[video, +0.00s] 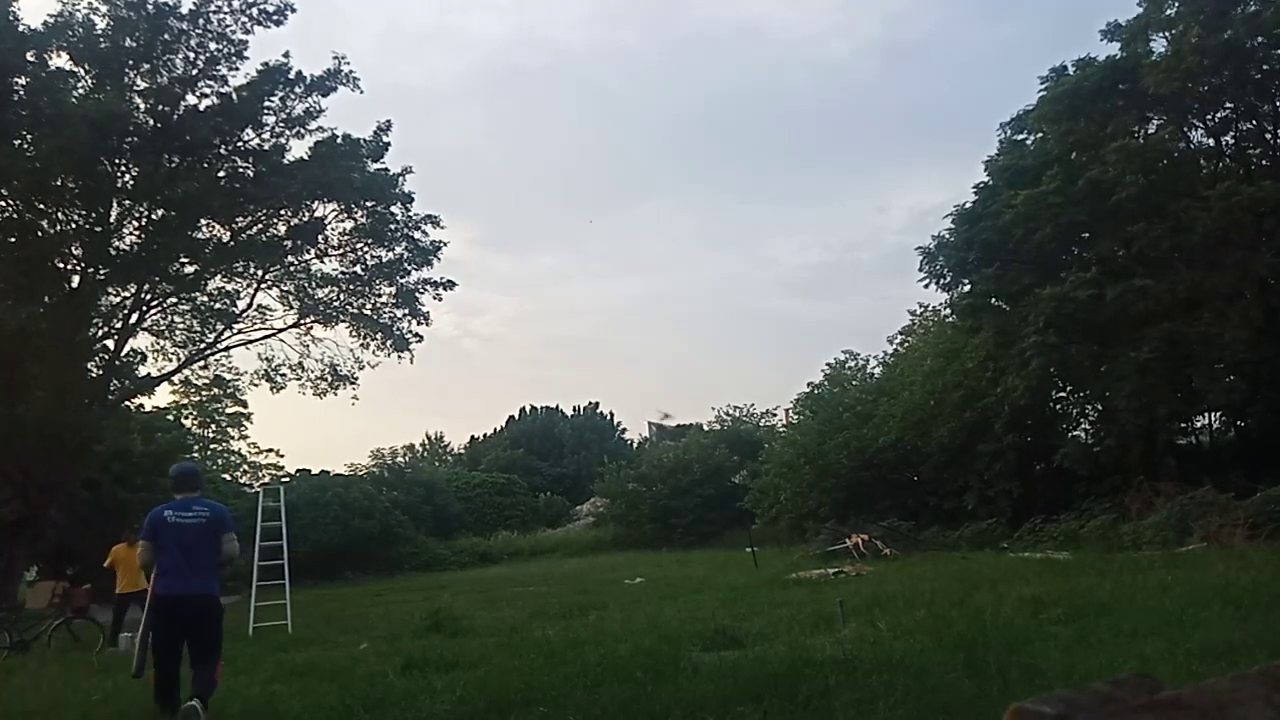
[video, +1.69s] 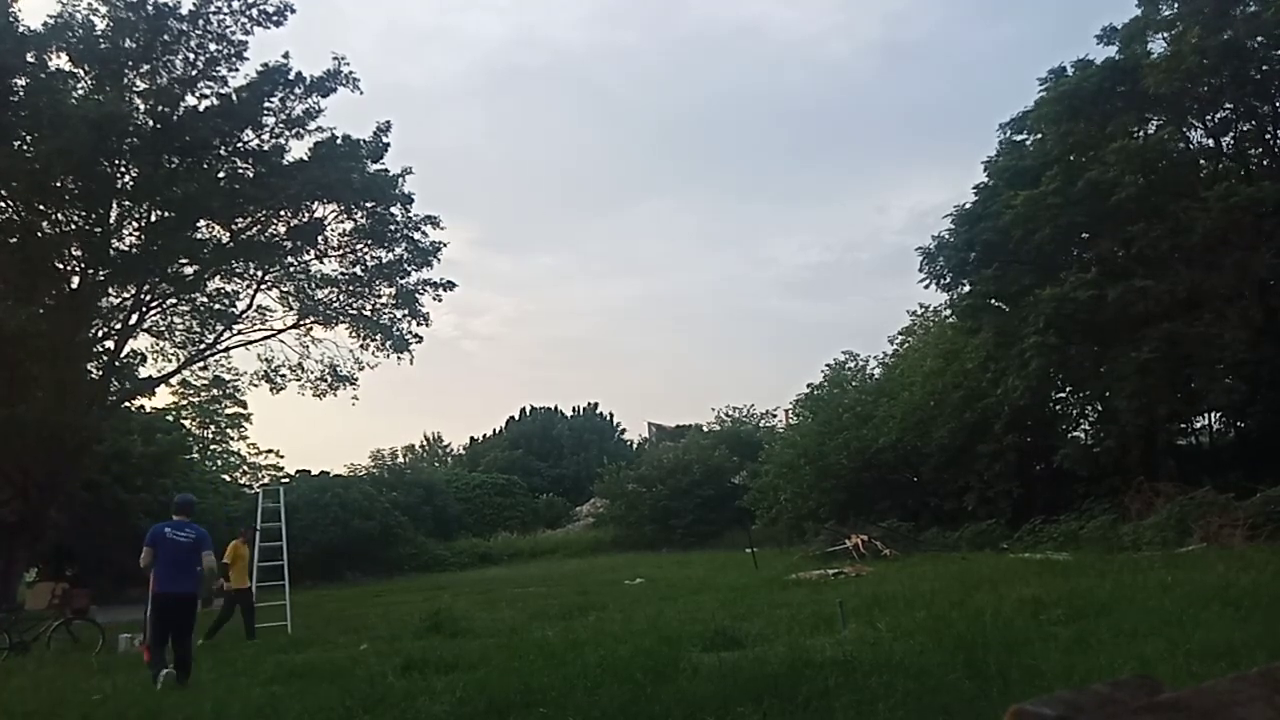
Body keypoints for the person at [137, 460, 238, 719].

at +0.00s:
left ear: (173, 485)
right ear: (200, 484)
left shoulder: (157, 515)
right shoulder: (217, 512)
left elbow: (144, 559)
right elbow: (231, 551)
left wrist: (165, 565)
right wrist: (209, 564)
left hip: (166, 600)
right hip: (204, 600)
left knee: (166, 661)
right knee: (206, 657)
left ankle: (167, 711)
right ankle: (198, 700)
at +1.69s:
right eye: (189, 511)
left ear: (172, 510)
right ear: (191, 512)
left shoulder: (157, 530)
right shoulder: (201, 534)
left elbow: (144, 562)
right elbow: (209, 565)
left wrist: (158, 556)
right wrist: (210, 585)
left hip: (162, 595)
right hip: (188, 595)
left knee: (157, 640)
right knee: (183, 639)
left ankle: (161, 671)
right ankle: (182, 681)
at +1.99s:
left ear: (165, 513)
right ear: (185, 514)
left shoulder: (153, 532)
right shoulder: (195, 534)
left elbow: (142, 563)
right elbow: (200, 560)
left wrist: (140, 585)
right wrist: (186, 566)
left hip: (156, 593)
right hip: (182, 594)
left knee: (149, 636)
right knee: (180, 637)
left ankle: (143, 676)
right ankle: (179, 679)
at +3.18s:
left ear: (135, 527)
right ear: (151, 527)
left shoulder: (125, 546)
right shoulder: (162, 544)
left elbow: (117, 573)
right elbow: (167, 568)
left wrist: (132, 576)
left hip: (130, 596)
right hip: (154, 595)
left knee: (125, 635)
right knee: (152, 635)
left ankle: (121, 668)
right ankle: (151, 669)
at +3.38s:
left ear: (128, 528)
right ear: (144, 528)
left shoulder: (117, 546)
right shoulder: (152, 543)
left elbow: (110, 572)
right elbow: (164, 567)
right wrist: (169, 585)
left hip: (124, 597)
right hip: (147, 595)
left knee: (120, 633)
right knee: (145, 628)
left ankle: (120, 668)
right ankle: (142, 651)